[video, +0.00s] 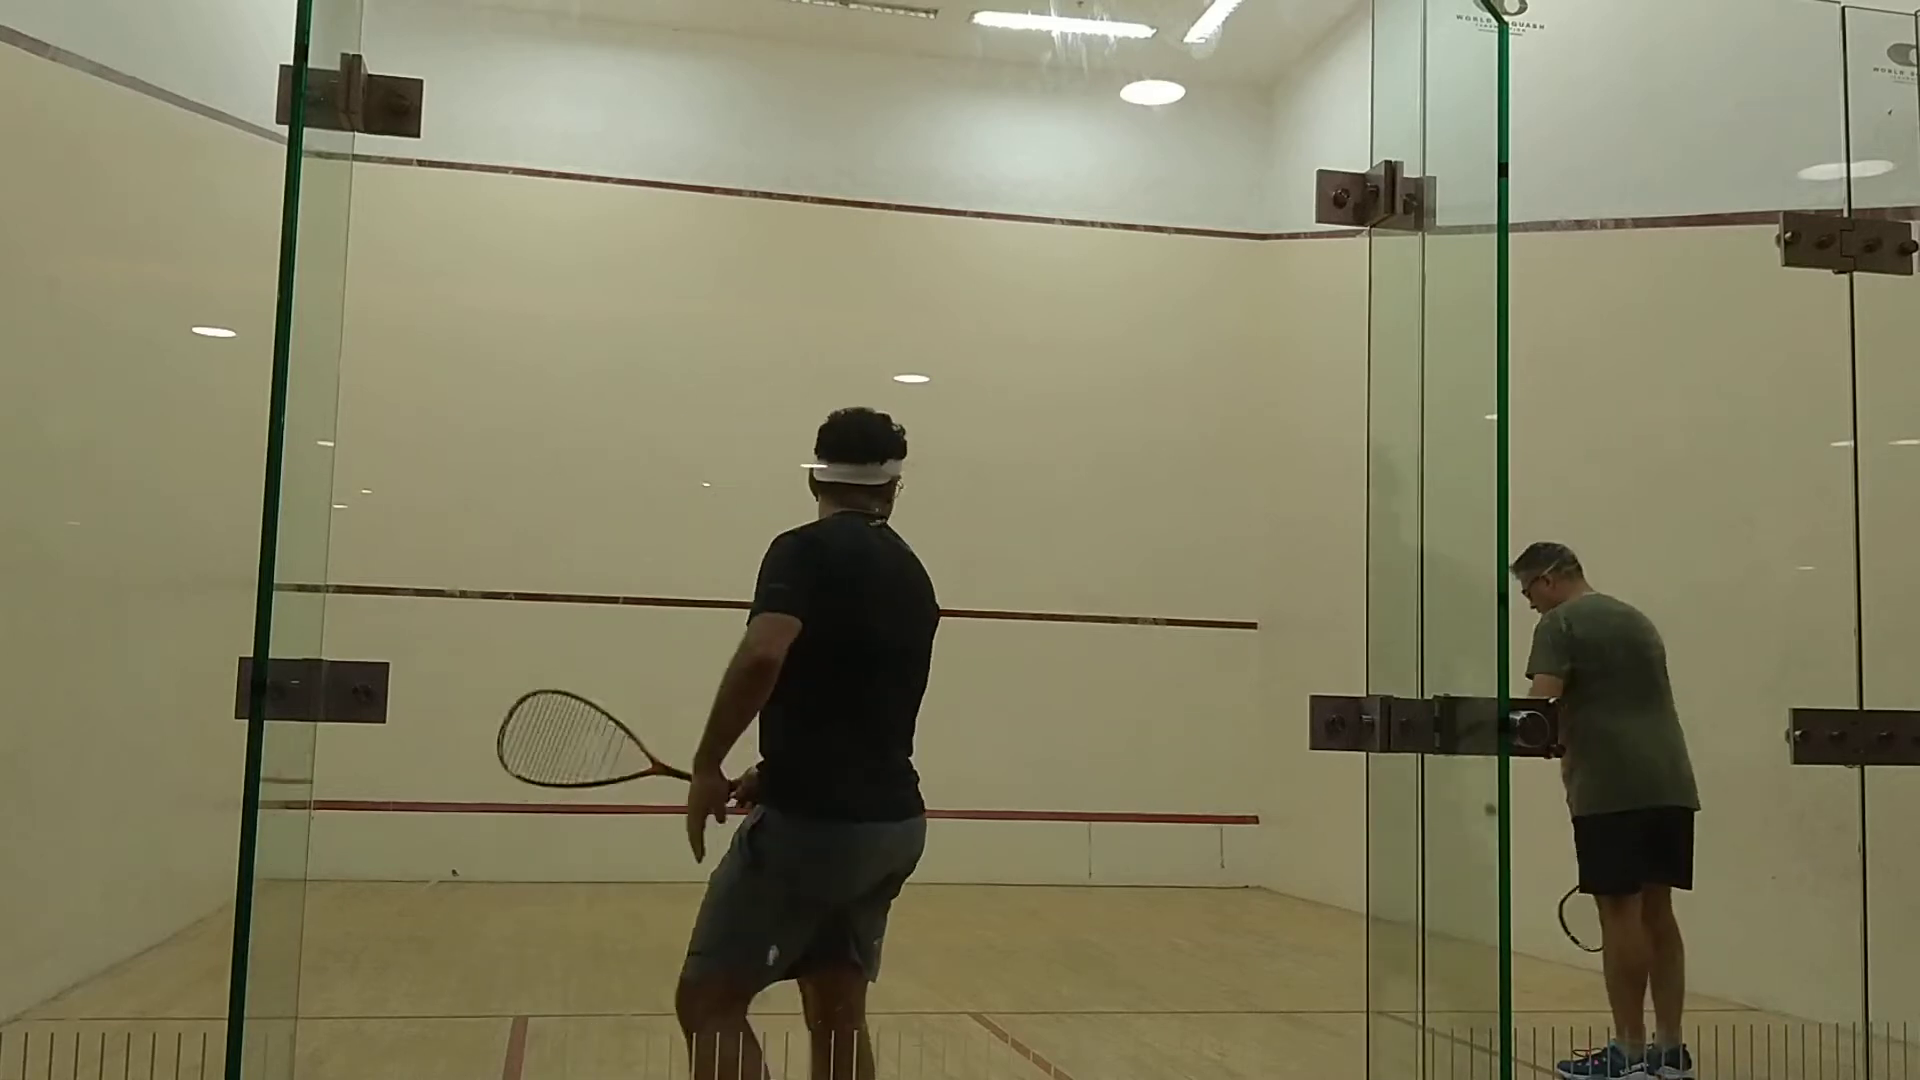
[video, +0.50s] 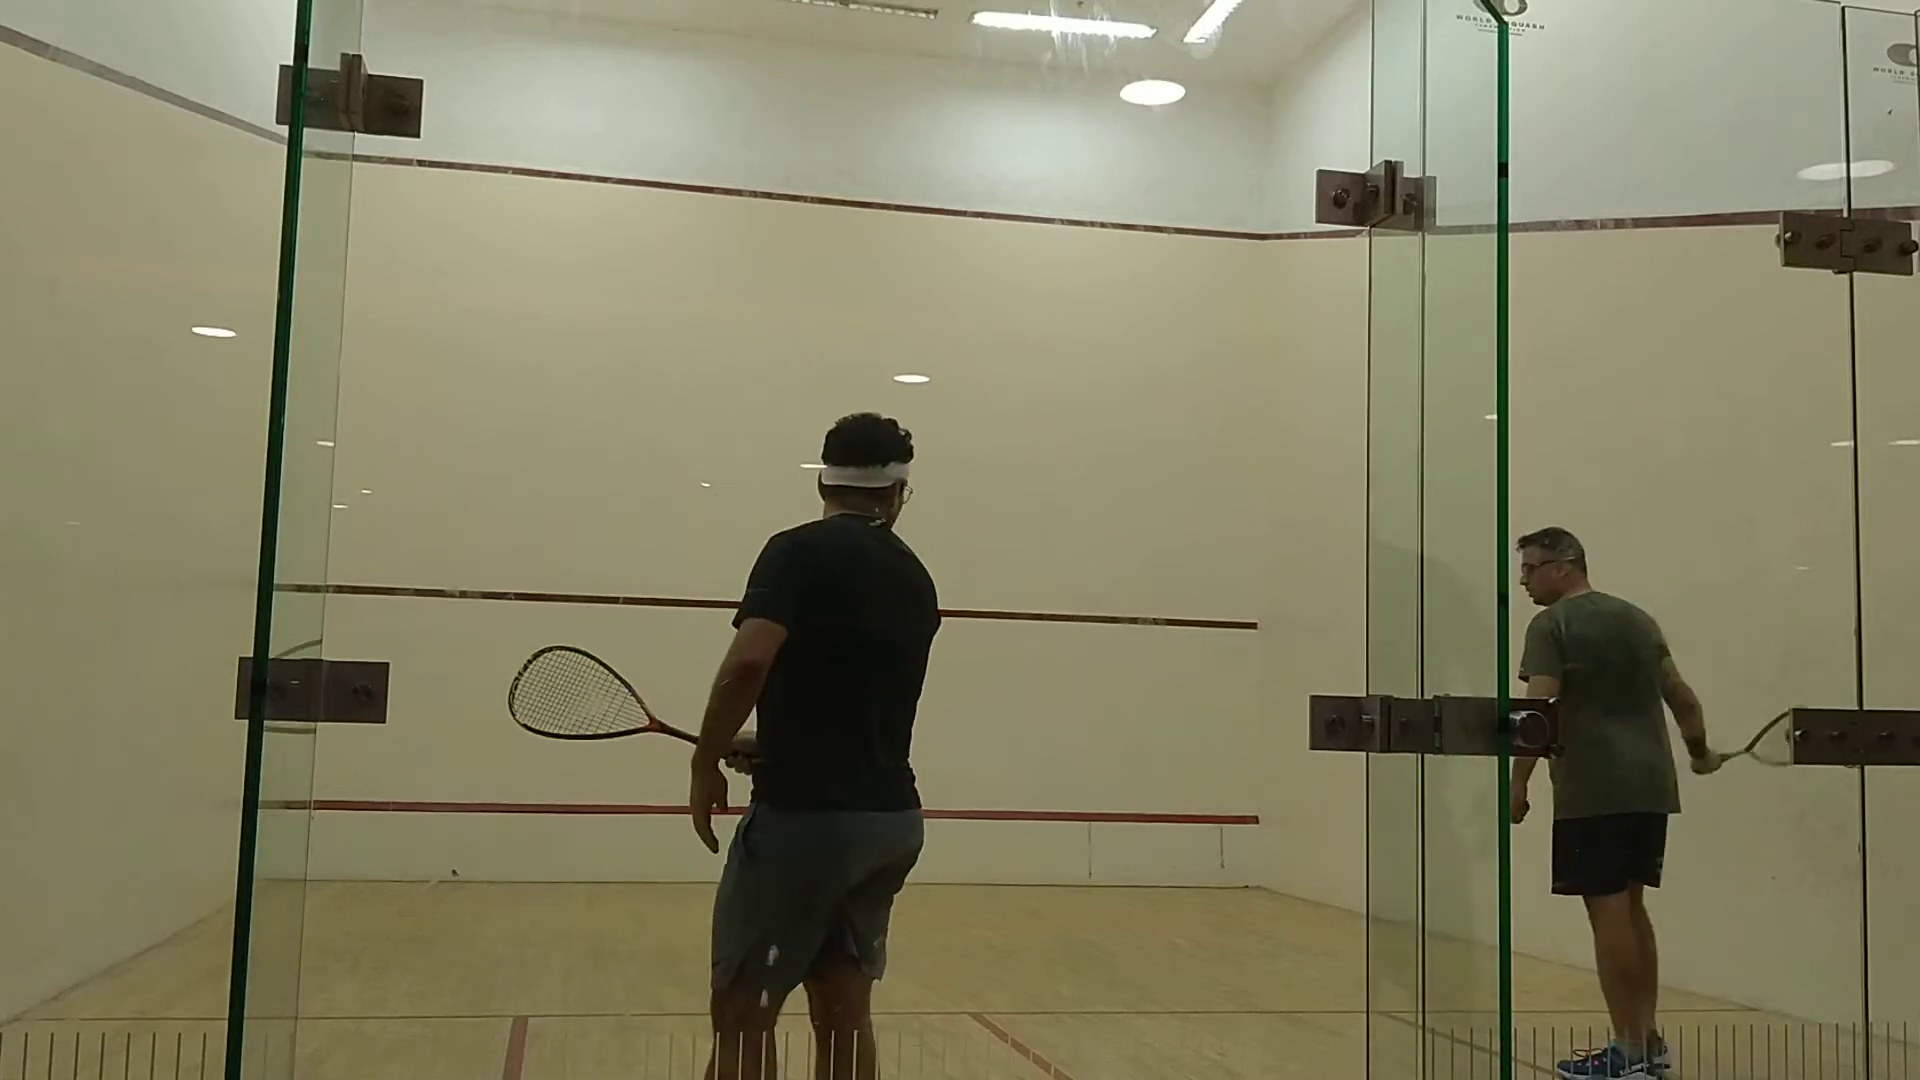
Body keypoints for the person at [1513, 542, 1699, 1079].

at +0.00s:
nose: (1531, 604)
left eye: (1530, 592)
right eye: (1527, 594)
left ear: (1550, 580)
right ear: (1575, 575)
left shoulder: (1557, 623)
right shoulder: (1636, 619)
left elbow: (1538, 711)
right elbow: (1644, 708)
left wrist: (1554, 744)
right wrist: (1573, 740)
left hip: (1610, 796)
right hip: (1672, 790)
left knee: (1621, 917)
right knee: (1659, 914)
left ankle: (1629, 1052)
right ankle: (1670, 1050)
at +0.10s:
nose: (1531, 597)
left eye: (1533, 585)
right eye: (1528, 588)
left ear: (1558, 574)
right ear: (1578, 572)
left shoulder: (1553, 624)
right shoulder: (1644, 620)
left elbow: (1526, 715)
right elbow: (1676, 710)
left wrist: (1558, 742)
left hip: (1604, 796)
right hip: (1670, 791)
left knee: (1616, 916)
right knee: (1660, 912)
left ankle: (1629, 1052)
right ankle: (1670, 1049)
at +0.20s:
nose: (1531, 589)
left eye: (1535, 576)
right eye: (1527, 579)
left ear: (1565, 568)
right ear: (1580, 569)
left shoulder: (1552, 626)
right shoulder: (1645, 619)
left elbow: (1529, 718)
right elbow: (1681, 712)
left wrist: (1522, 751)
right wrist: (1677, 778)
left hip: (1600, 797)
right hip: (1667, 792)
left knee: (1614, 919)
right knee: (1658, 913)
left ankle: (1629, 1051)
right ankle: (1670, 1048)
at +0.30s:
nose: (1528, 584)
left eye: (1535, 572)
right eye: (1526, 574)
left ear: (1569, 566)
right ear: (1580, 569)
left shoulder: (1553, 625)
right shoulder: (1644, 619)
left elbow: (1535, 712)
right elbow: (1683, 710)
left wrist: (1520, 768)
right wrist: (1677, 780)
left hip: (1597, 799)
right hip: (1664, 794)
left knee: (1613, 919)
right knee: (1654, 912)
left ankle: (1630, 1051)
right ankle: (1670, 1047)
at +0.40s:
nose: (1528, 583)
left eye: (1533, 571)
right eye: (1525, 573)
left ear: (1566, 566)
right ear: (1578, 567)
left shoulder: (1552, 625)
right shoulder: (1641, 618)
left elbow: (1538, 712)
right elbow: (1680, 701)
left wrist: (1521, 780)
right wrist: (1686, 761)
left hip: (1594, 797)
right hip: (1656, 793)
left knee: (1611, 918)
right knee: (1644, 910)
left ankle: (1629, 1049)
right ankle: (1662, 1045)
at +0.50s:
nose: (1524, 583)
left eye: (1529, 571)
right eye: (1523, 572)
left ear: (1564, 566)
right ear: (1576, 568)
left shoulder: (1550, 625)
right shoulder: (1637, 618)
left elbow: (1538, 713)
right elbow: (1682, 697)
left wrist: (1518, 783)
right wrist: (1699, 748)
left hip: (1592, 798)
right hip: (1650, 794)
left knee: (1609, 918)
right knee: (1633, 907)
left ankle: (1628, 1052)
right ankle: (1646, 1042)